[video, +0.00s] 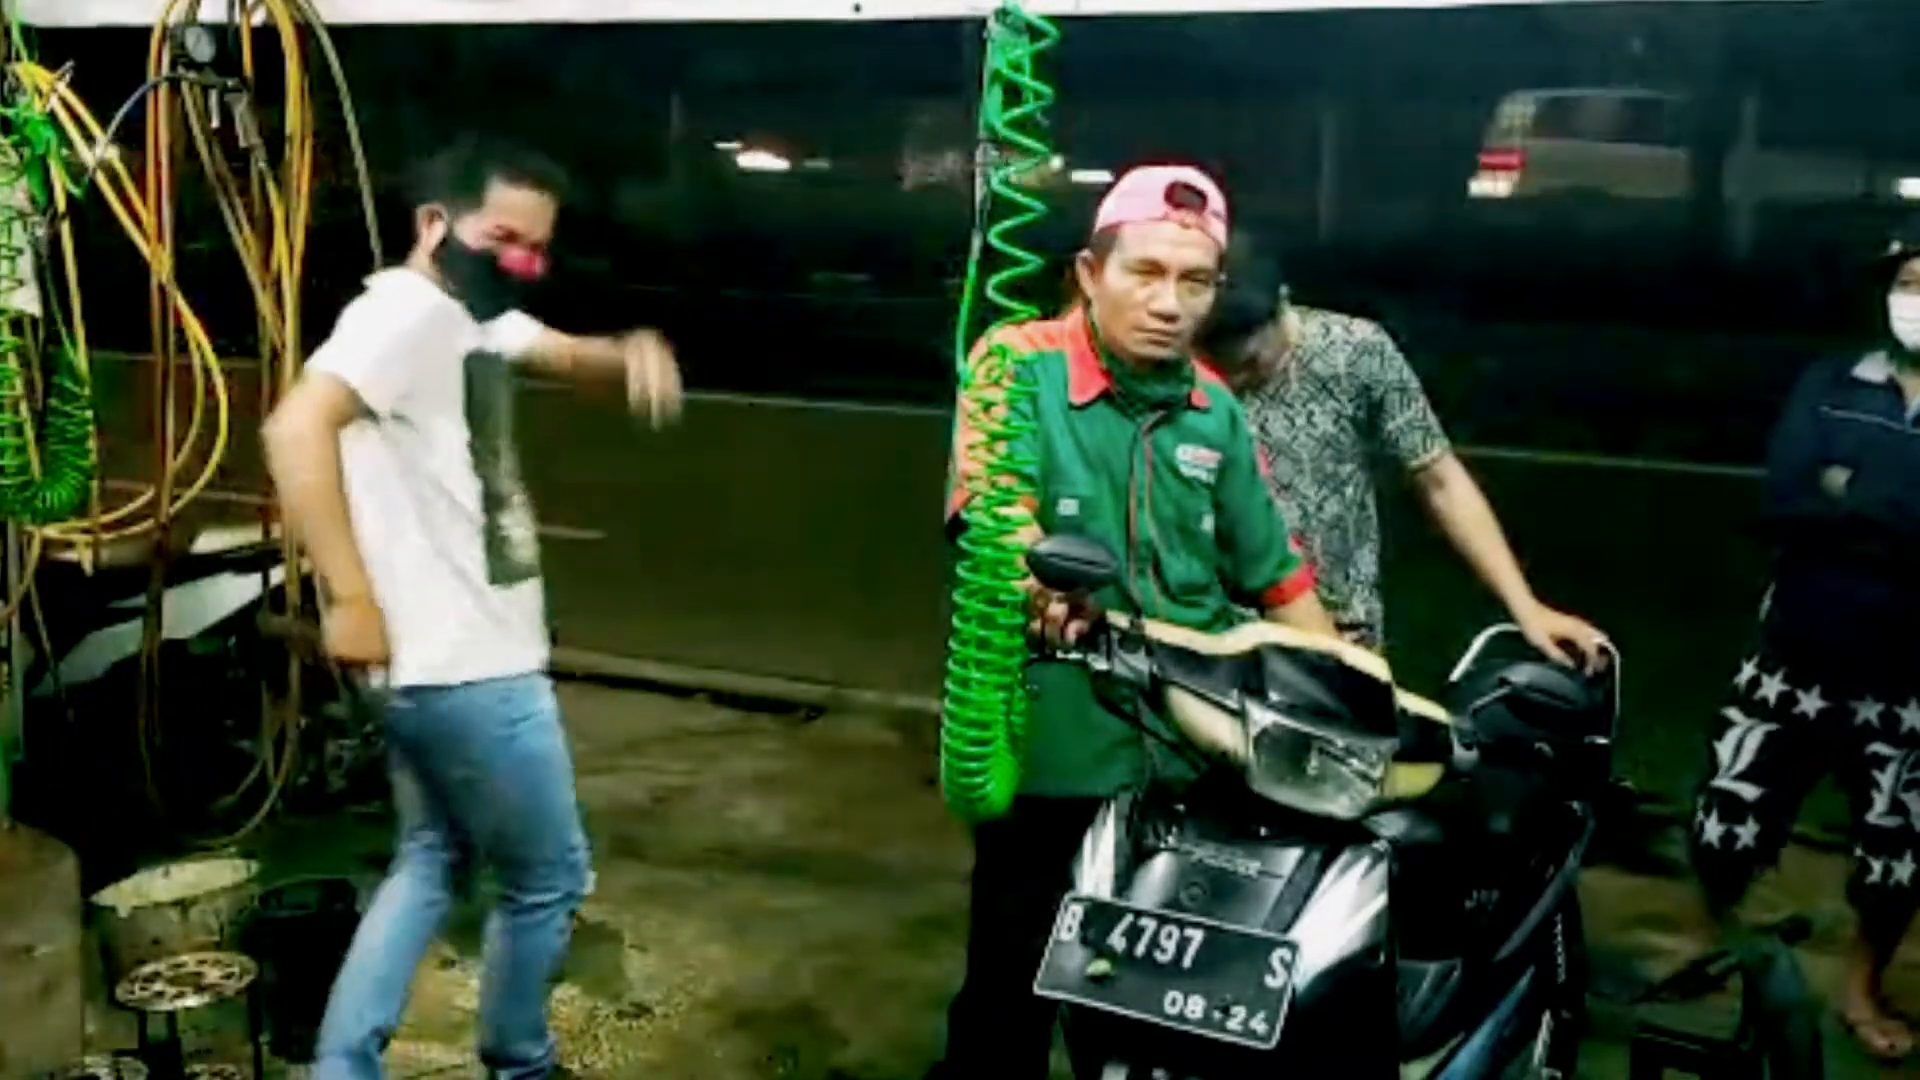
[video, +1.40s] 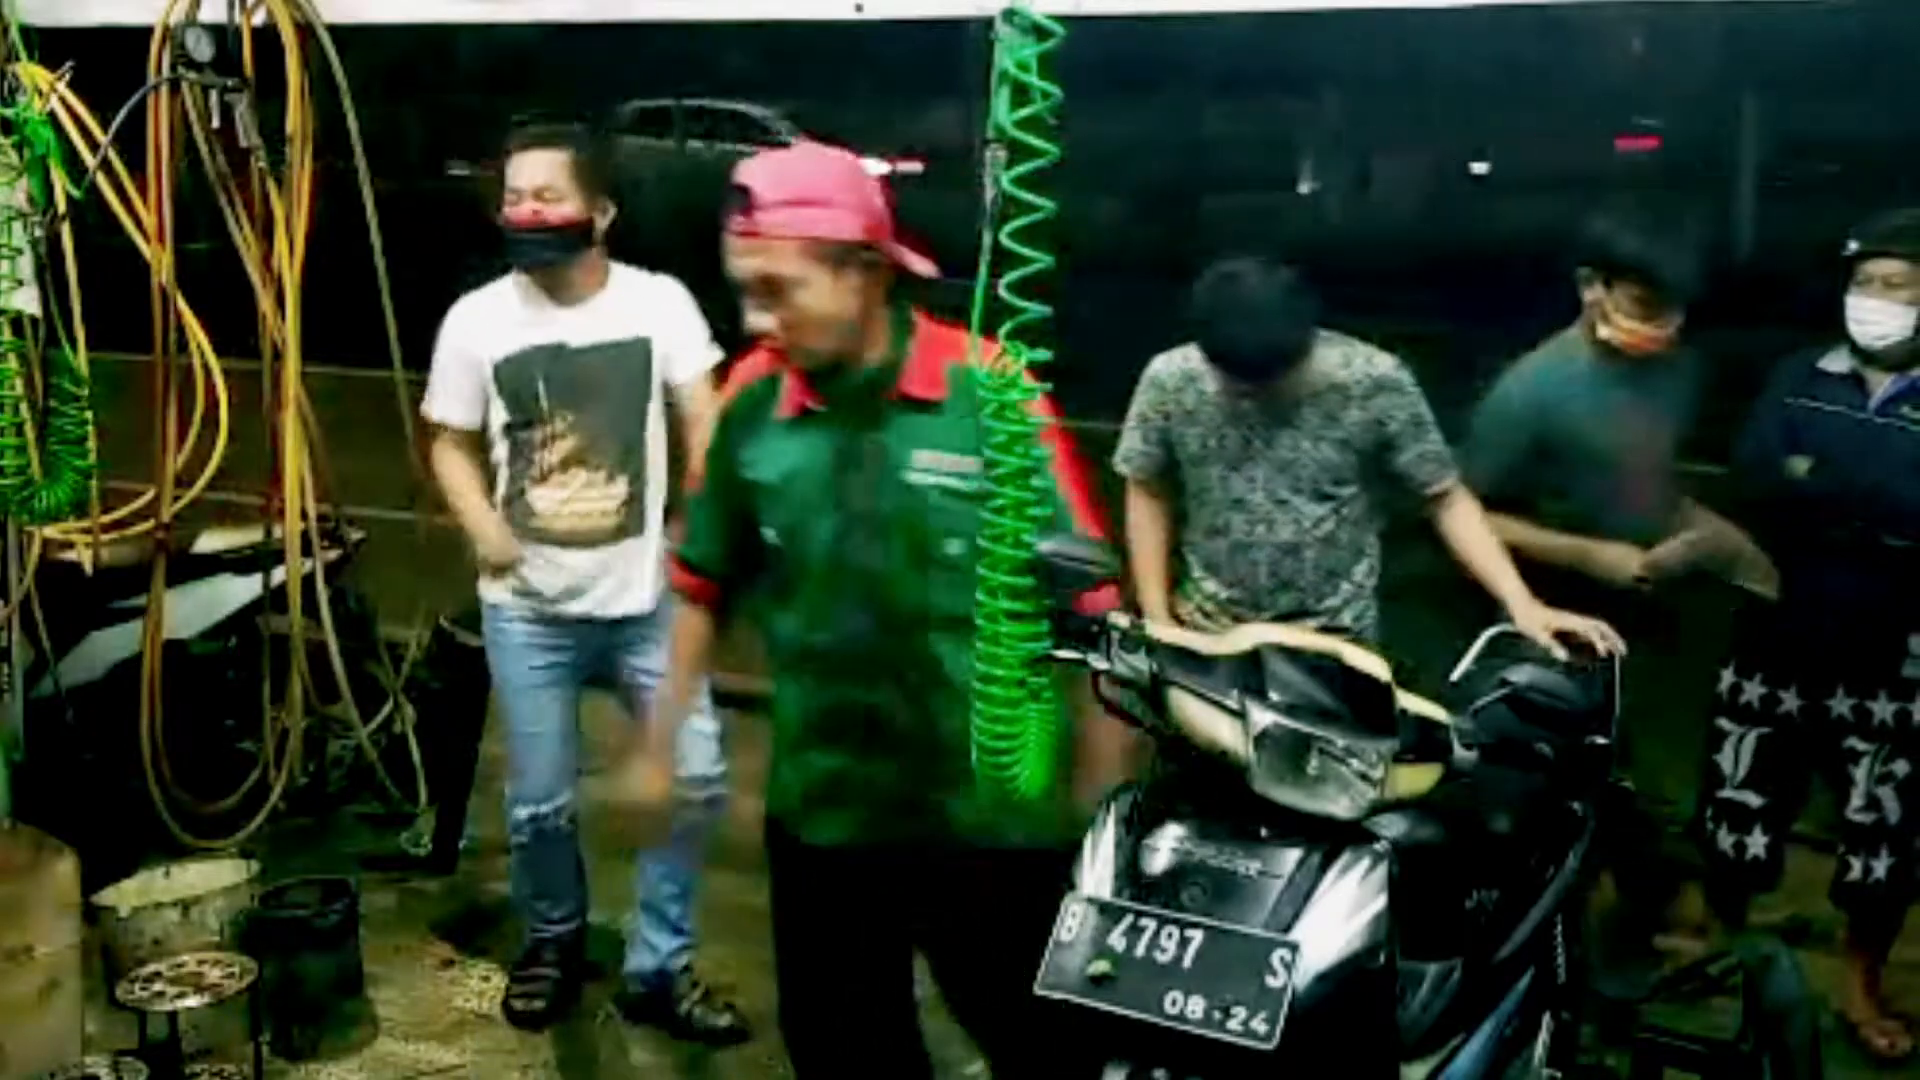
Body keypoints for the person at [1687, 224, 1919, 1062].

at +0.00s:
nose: (1916, 305)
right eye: (1906, 288)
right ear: (1880, 300)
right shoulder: (1832, 391)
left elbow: (1912, 515)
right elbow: (1783, 496)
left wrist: (1845, 482)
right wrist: (1893, 504)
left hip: (1903, 666)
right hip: (1800, 651)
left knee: (1896, 855)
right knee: (1726, 826)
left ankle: (1863, 988)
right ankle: (1710, 933)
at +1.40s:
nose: (1879, 304)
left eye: (1899, 291)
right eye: (1868, 286)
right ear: (1845, 293)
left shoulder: (1917, 411)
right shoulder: (1799, 384)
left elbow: (1909, 512)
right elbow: (1748, 483)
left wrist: (1814, 476)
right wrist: (1860, 507)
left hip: (1890, 649)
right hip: (1782, 632)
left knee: (1883, 832)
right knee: (1737, 799)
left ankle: (1863, 980)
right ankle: (1719, 932)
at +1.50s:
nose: (1876, 306)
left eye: (1896, 292)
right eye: (1864, 288)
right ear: (1838, 296)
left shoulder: (1918, 406)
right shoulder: (1787, 388)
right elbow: (1725, 496)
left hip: (1892, 656)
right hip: (1784, 643)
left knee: (1886, 837)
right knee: (1757, 808)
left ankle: (1862, 984)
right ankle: (1724, 942)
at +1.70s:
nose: (1868, 305)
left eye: (1888, 291)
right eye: (1856, 287)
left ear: (1918, 304)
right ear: (1835, 294)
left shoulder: (1908, 410)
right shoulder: (1805, 398)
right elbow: (1794, 524)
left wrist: (1882, 649)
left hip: (1901, 652)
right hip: (1815, 645)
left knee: (1885, 843)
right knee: (1820, 831)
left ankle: (1860, 995)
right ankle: (1823, 994)